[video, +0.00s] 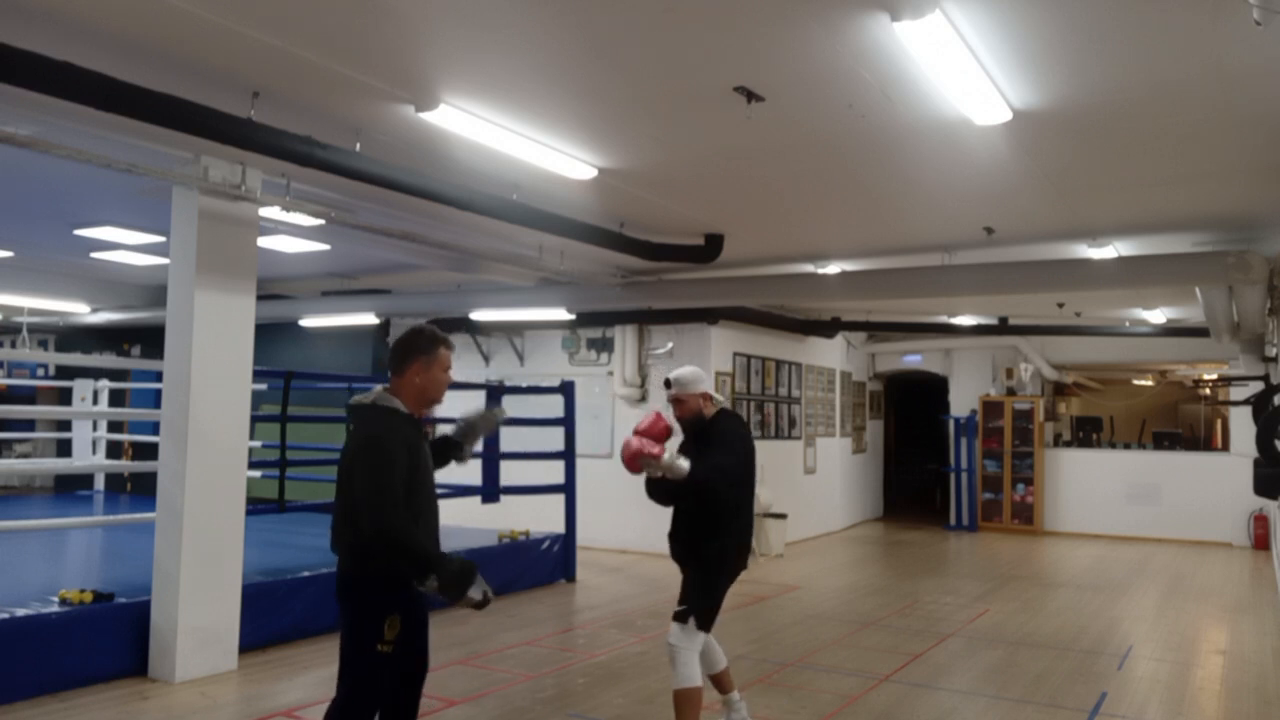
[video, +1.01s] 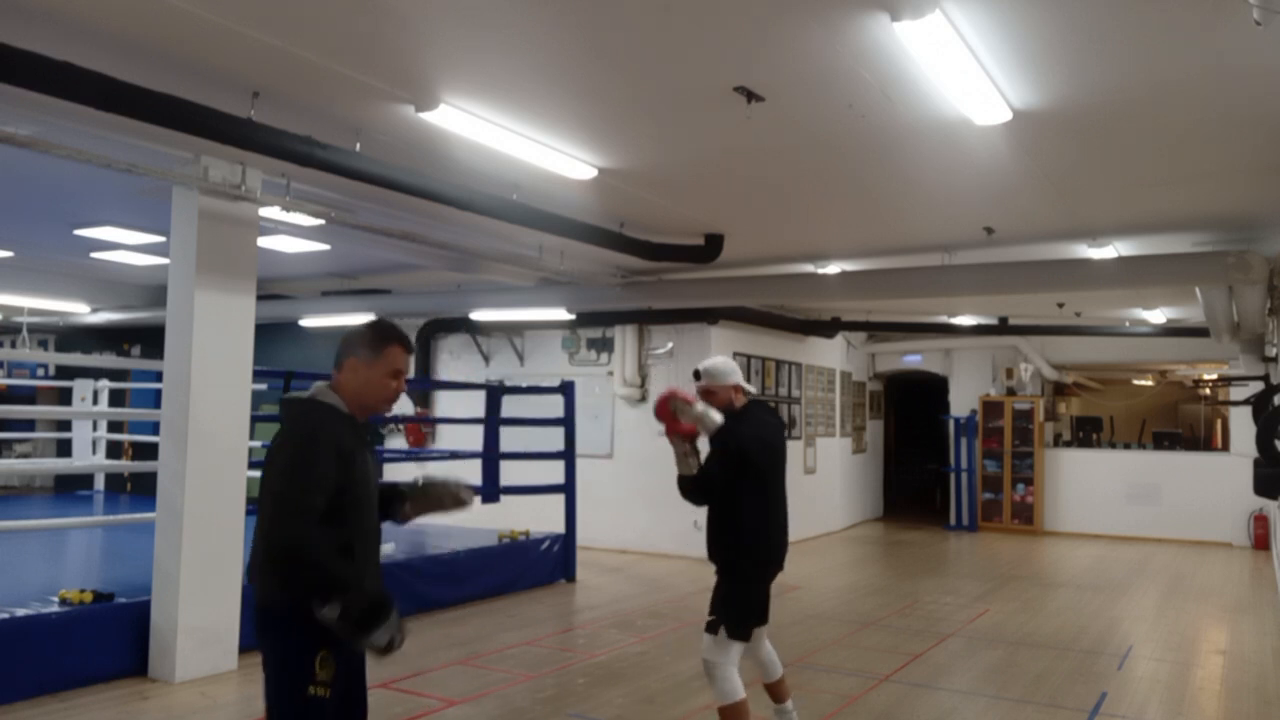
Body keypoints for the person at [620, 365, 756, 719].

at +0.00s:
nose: (674, 411)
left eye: (680, 402)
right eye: (672, 403)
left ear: (704, 399)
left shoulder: (729, 430)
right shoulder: (693, 436)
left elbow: (722, 484)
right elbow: (665, 493)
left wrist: (674, 466)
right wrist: (653, 468)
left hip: (721, 552)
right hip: (696, 550)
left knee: (682, 642)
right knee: (697, 636)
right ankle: (735, 708)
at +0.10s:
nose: (670, 406)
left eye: (674, 397)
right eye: (668, 398)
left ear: (699, 395)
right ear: (699, 396)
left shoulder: (715, 426)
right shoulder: (721, 422)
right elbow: (674, 489)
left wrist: (654, 449)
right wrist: (659, 450)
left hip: (713, 552)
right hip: (715, 548)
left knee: (684, 645)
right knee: (708, 632)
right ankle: (737, 709)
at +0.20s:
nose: (668, 401)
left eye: (673, 393)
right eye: (666, 393)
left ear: (698, 389)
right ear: (698, 391)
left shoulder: (716, 414)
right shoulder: (708, 422)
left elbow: (673, 422)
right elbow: (681, 488)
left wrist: (617, 412)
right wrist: (662, 455)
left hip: (720, 546)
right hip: (730, 542)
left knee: (694, 646)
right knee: (726, 630)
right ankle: (741, 709)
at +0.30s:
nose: (672, 402)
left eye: (676, 394)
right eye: (671, 395)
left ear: (699, 391)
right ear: (705, 390)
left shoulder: (700, 423)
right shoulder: (735, 415)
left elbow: (654, 437)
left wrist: (600, 438)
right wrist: (666, 436)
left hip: (723, 546)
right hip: (746, 540)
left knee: (697, 647)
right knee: (733, 627)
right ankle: (769, 706)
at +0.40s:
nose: (680, 407)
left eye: (683, 399)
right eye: (678, 400)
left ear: (705, 395)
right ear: (710, 395)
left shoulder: (719, 428)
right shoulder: (738, 420)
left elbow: (693, 474)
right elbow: (714, 478)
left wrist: (631, 470)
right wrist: (678, 454)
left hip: (723, 554)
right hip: (747, 550)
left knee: (689, 647)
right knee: (752, 631)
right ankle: (796, 709)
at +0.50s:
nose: (688, 411)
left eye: (691, 402)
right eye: (686, 403)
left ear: (714, 398)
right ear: (716, 399)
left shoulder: (736, 431)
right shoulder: (743, 425)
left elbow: (724, 494)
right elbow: (720, 490)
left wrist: (675, 483)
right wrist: (686, 463)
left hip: (733, 558)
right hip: (754, 555)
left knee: (699, 644)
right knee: (760, 637)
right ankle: (800, 712)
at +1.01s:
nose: (703, 403)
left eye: (707, 394)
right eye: (701, 395)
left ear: (731, 392)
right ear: (738, 391)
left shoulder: (735, 434)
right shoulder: (767, 418)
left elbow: (698, 493)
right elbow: (739, 444)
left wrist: (683, 447)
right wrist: (699, 415)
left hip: (742, 559)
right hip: (766, 551)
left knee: (718, 662)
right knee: (756, 641)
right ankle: (787, 713)